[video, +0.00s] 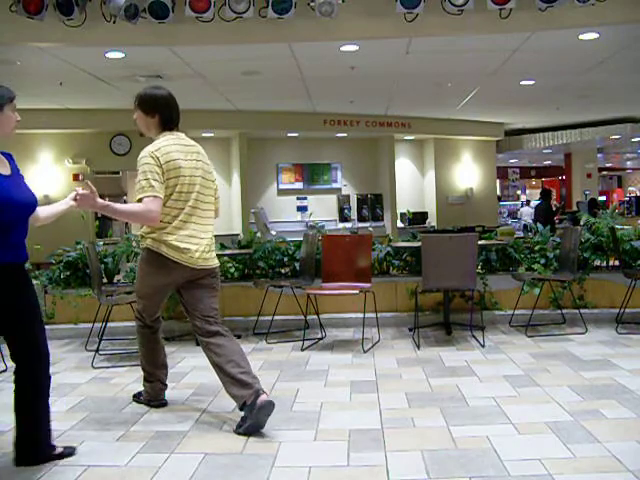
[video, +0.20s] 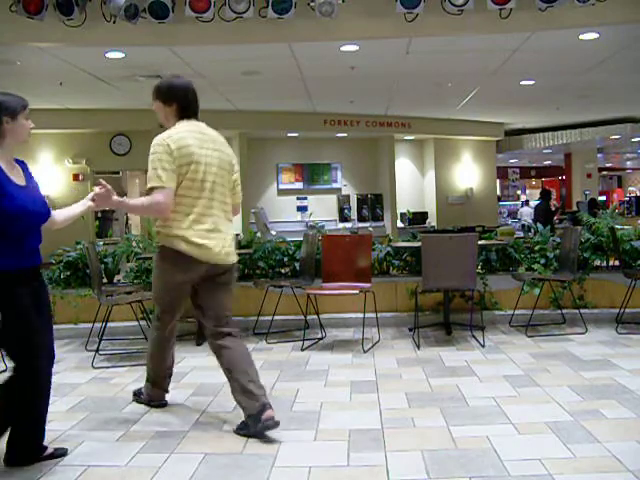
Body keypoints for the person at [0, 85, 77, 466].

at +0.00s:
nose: (18, 117)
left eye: (16, 110)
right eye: (13, 110)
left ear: (5, 116)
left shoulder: (8, 162)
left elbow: (32, 217)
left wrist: (72, 201)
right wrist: (70, 202)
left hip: (14, 274)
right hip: (3, 275)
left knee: (33, 358)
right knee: (31, 358)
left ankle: (34, 447)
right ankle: (32, 447)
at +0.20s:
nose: (31, 124)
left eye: (29, 117)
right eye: (26, 118)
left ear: (11, 124)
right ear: (6, 124)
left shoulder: (20, 167)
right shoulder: (1, 169)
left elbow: (50, 219)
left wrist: (90, 202)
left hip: (29, 278)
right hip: (6, 281)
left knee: (40, 360)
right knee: (30, 363)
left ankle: (26, 449)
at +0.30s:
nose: (39, 122)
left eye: (37, 115)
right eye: (33, 115)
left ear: (17, 121)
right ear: (14, 121)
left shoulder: (25, 164)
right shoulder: (0, 165)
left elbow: (57, 216)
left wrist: (99, 199)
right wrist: (11, 291)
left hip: (32, 277)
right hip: (14, 281)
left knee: (36, 358)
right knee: (61, 354)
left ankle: (25, 445)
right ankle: (17, 446)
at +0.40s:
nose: (47, 117)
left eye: (45, 111)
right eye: (42, 111)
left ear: (23, 117)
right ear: (23, 117)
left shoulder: (30, 157)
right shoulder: (8, 159)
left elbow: (62, 209)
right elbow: (2, 228)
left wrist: (106, 197)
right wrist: (38, 279)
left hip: (28, 274)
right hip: (18, 275)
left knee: (26, 361)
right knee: (70, 350)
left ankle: (22, 448)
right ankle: (73, 446)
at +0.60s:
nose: (68, 122)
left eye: (66, 116)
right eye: (62, 116)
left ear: (41, 124)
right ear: (43, 123)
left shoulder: (40, 164)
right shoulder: (32, 166)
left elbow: (86, 206)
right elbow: (34, 229)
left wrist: (133, 191)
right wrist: (88, 260)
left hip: (30, 273)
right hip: (38, 275)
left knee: (30, 361)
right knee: (79, 355)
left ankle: (20, 447)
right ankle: (122, 431)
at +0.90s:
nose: (104, 118)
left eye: (102, 112)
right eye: (98, 113)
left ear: (76, 121)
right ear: (78, 120)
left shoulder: (73, 157)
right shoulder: (76, 160)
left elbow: (114, 204)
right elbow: (85, 222)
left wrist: (166, 196)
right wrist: (138, 227)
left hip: (62, 262)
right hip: (82, 264)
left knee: (63, 349)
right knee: (109, 347)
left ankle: (27, 434)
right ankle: (120, 433)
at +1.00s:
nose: (117, 124)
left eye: (115, 118)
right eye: (110, 119)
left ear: (89, 127)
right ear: (90, 125)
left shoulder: (87, 162)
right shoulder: (87, 165)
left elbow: (127, 206)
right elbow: (99, 226)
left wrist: (177, 197)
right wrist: (153, 227)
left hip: (81, 265)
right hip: (97, 266)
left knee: (97, 348)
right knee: (127, 352)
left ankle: (45, 424)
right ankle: (123, 432)